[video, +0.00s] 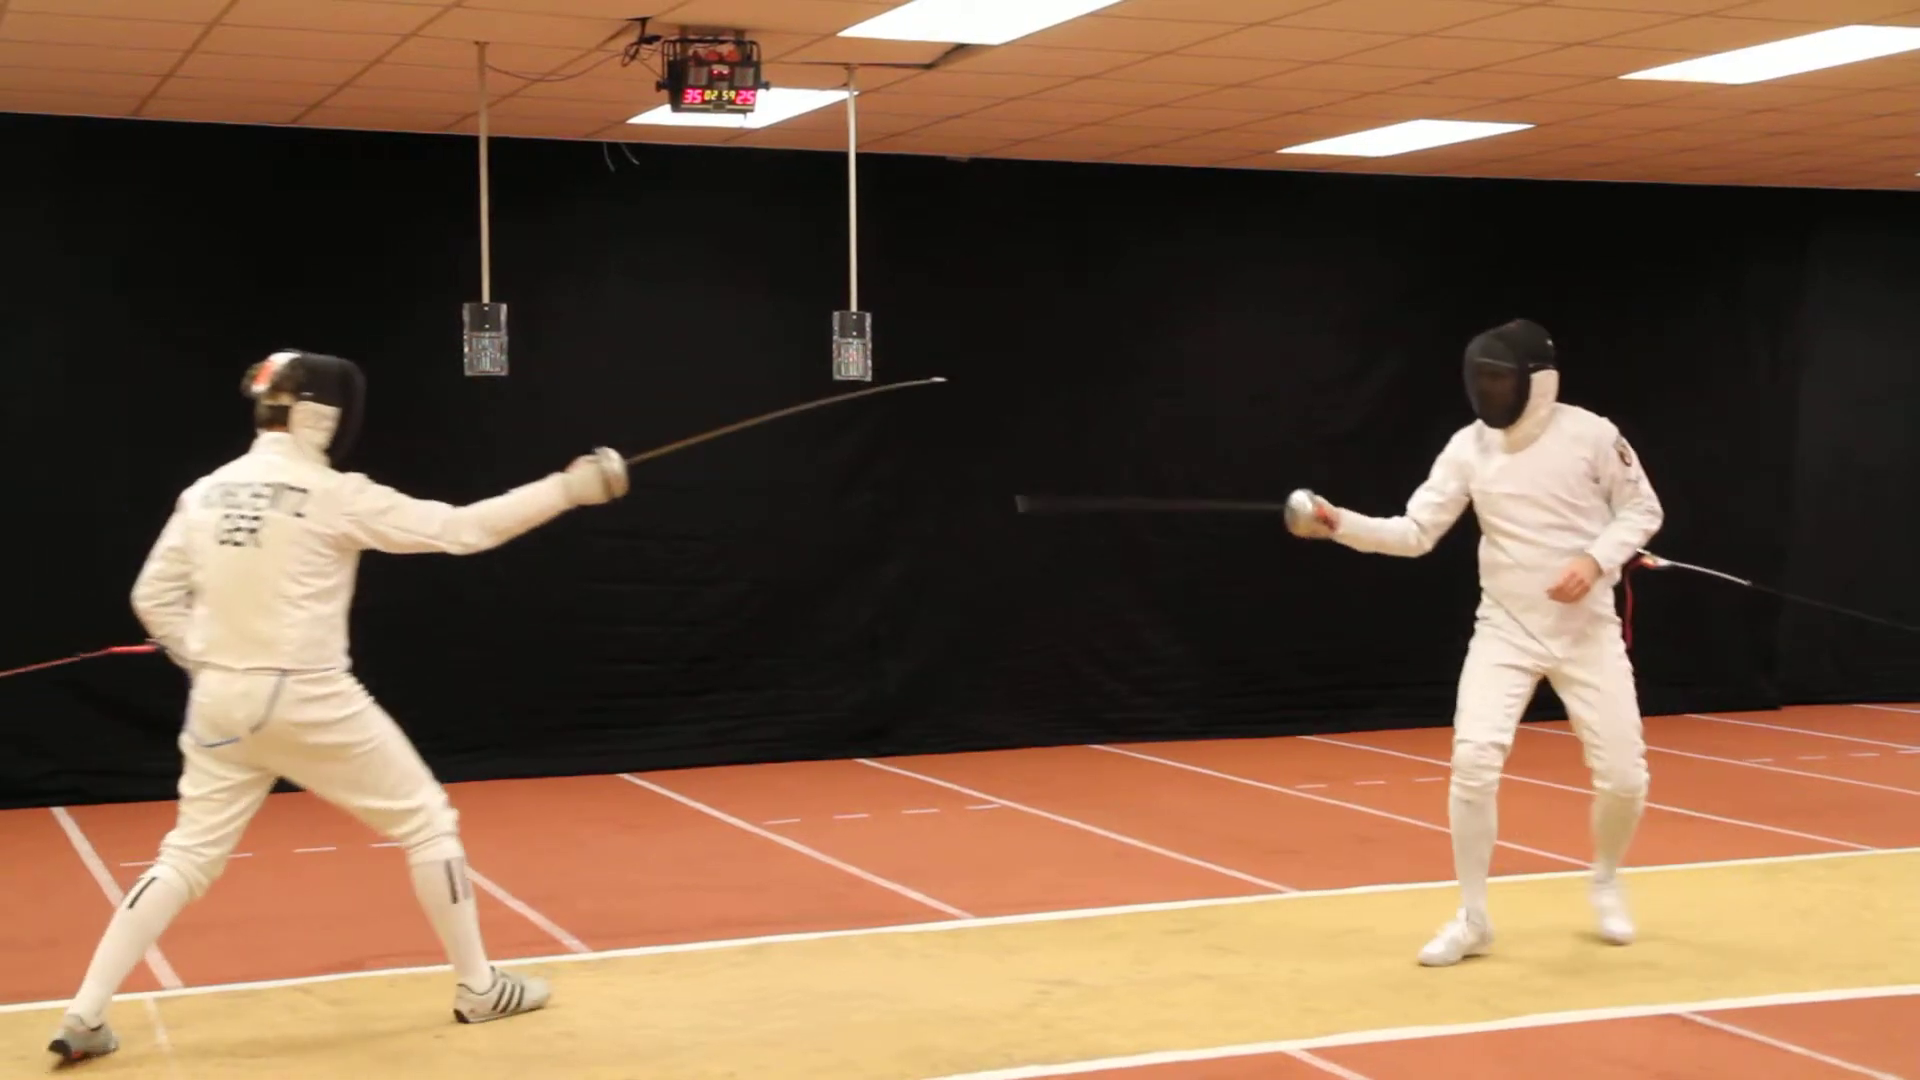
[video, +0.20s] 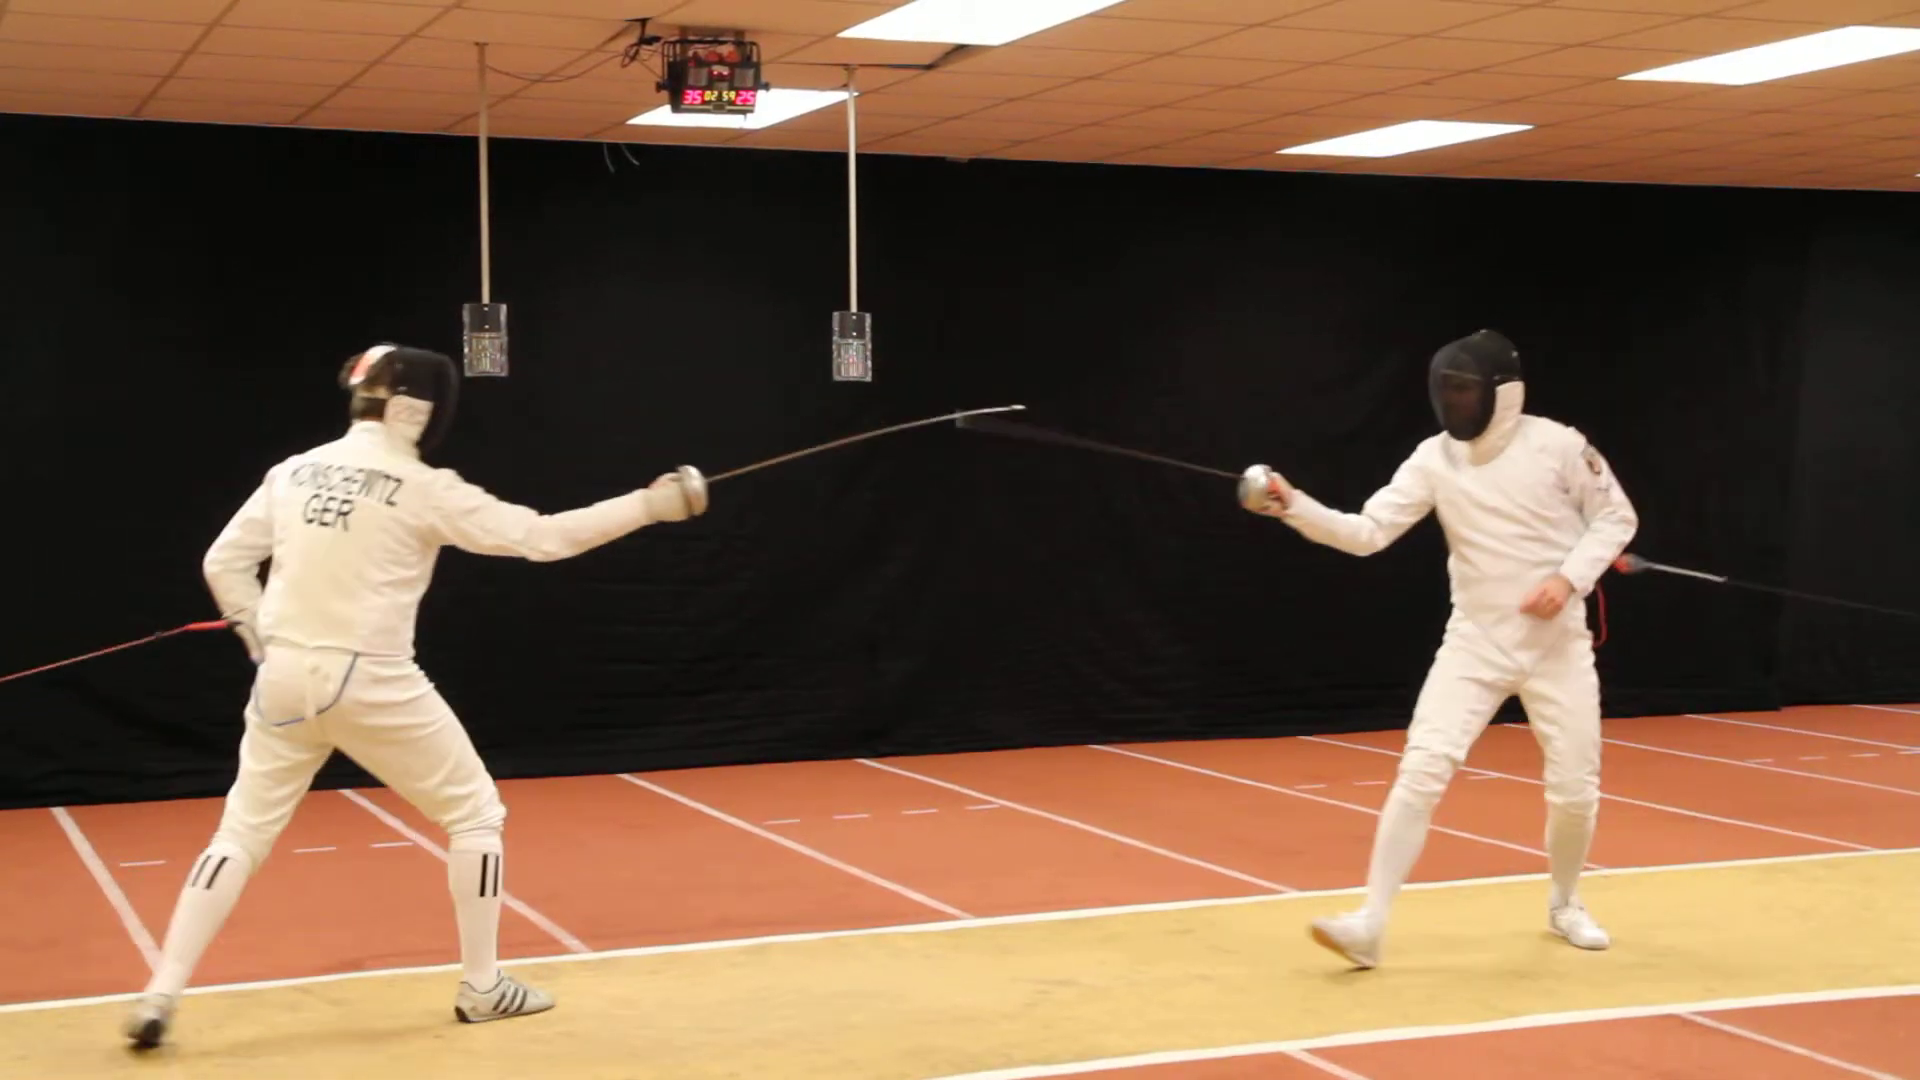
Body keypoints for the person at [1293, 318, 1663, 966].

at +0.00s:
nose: (1486, 390)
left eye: (1499, 378)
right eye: (1480, 377)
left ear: (1537, 380)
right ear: (1477, 380)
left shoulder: (1592, 437)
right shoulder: (1470, 449)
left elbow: (1643, 511)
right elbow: (1415, 533)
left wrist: (1595, 560)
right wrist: (1336, 522)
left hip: (1589, 634)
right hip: (1504, 630)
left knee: (1625, 781)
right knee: (1472, 765)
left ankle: (1606, 881)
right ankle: (1472, 917)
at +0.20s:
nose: (1452, 402)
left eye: (1465, 389)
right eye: (1446, 389)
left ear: (1504, 391)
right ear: (1440, 391)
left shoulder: (1560, 447)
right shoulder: (1436, 461)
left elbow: (1618, 517)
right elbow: (1368, 533)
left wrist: (1566, 580)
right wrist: (1291, 505)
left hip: (1559, 645)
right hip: (1473, 643)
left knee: (1577, 790)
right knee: (1423, 771)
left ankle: (1565, 904)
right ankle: (1370, 922)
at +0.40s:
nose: (1390, 415)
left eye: (1403, 403)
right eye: (1385, 402)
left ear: (1442, 406)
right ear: (1381, 404)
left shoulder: (1500, 465)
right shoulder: (1372, 473)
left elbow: (1557, 546)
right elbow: (1291, 519)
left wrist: (1561, 638)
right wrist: (1205, 505)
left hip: (1504, 658)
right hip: (1416, 659)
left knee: (1558, 801)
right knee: (1354, 774)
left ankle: (1562, 892)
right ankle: (1343, 935)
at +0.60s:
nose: (1355, 415)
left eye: (1370, 402)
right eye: (1351, 401)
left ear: (1411, 405)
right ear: (1346, 401)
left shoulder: (1464, 458)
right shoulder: (1340, 470)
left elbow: (1519, 530)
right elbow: (1268, 533)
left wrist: (1508, 618)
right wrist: (1180, 521)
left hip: (1479, 649)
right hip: (1393, 653)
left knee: (1534, 796)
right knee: (1334, 773)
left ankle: (1530, 902)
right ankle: (1342, 936)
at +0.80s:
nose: (1367, 404)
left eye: (1381, 390)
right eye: (1363, 390)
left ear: (1421, 393)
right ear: (1361, 393)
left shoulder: (1477, 450)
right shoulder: (1355, 465)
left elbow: (1528, 524)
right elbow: (1298, 546)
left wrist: (1515, 609)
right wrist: (1209, 550)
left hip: (1487, 644)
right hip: (1403, 647)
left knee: (1523, 796)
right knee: (1345, 772)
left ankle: (1540, 907)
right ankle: (1341, 937)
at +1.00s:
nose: (1398, 392)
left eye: (1412, 380)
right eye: (1394, 379)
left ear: (1452, 383)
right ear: (1392, 381)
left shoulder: (1506, 445)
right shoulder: (1385, 456)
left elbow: (1579, 519)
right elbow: (1315, 525)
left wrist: (1605, 607)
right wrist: (1229, 527)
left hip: (1512, 639)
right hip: (1427, 639)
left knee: (1523, 788)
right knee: (1381, 771)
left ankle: (1539, 908)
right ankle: (1355, 929)